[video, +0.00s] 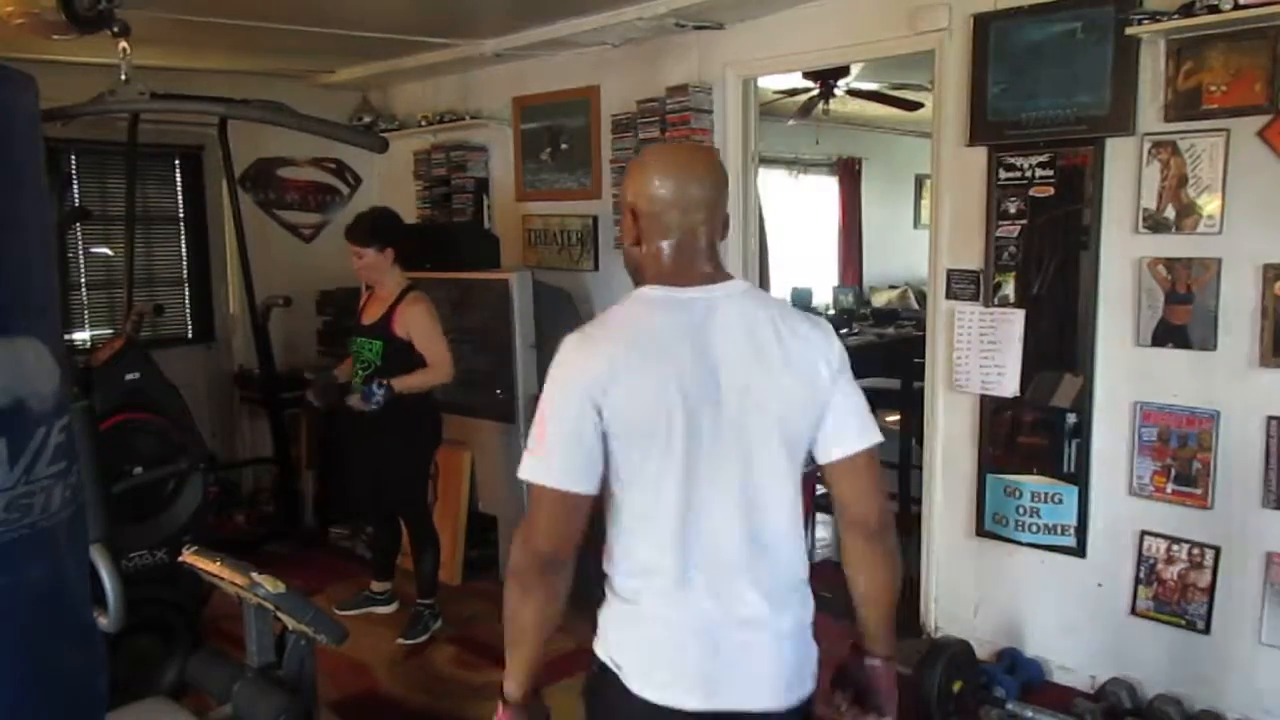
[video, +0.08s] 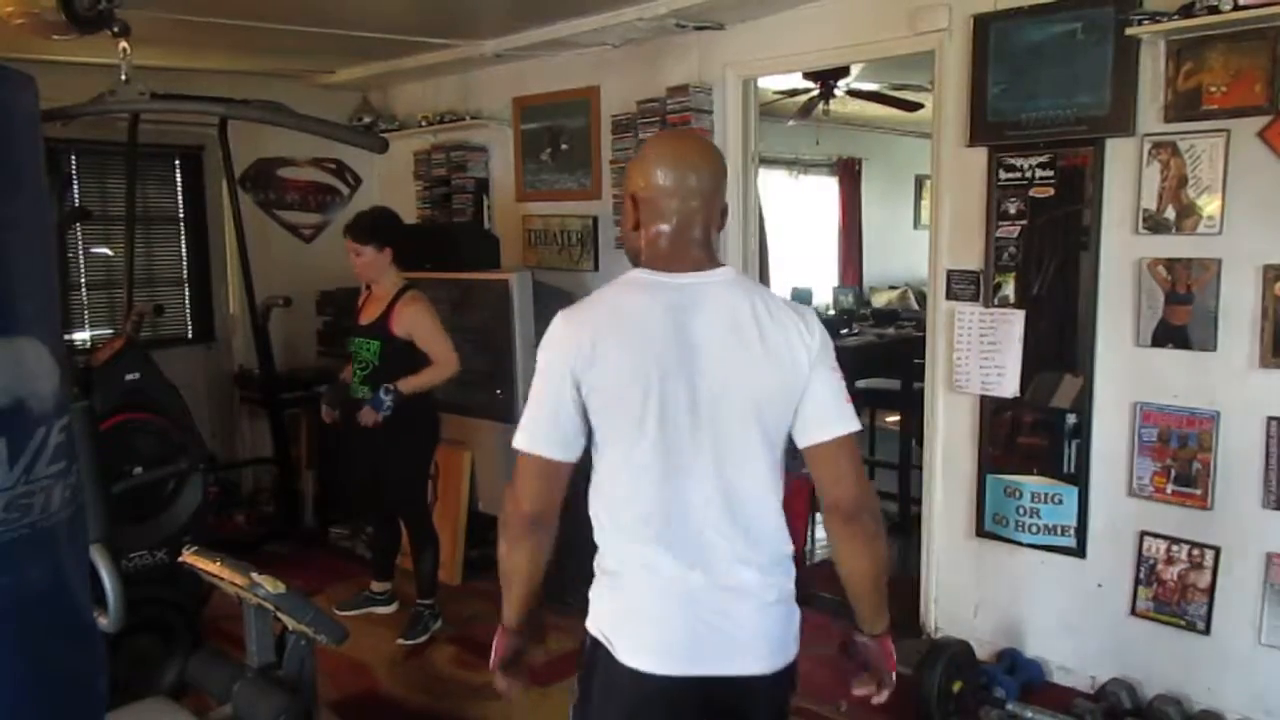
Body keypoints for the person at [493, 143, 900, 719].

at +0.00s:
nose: (621, 234)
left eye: (622, 218)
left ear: (630, 227)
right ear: (723, 225)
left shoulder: (598, 350)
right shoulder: (809, 341)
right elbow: (868, 518)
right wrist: (879, 656)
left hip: (646, 682)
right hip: (776, 681)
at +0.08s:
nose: (620, 220)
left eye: (621, 205)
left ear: (629, 213)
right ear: (720, 218)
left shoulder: (583, 329)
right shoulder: (792, 329)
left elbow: (532, 508)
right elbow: (848, 500)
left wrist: (515, 622)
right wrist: (875, 631)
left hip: (636, 655)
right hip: (759, 656)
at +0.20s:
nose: (631, 220)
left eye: (632, 206)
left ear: (637, 214)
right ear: (722, 222)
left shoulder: (576, 316)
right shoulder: (775, 328)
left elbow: (525, 475)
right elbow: (829, 495)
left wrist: (526, 541)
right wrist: (861, 612)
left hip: (629, 629)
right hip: (745, 629)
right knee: (742, 709)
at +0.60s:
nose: (656, 215)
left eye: (661, 206)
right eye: (660, 204)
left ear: (677, 216)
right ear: (729, 219)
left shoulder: (618, 297)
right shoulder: (774, 309)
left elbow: (580, 432)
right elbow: (800, 441)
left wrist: (562, 543)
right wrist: (811, 539)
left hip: (637, 546)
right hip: (732, 548)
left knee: (621, 691)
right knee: (738, 699)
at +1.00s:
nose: (589, 238)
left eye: (591, 231)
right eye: (592, 229)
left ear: (602, 239)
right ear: (658, 233)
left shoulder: (583, 316)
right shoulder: (711, 305)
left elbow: (583, 435)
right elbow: (739, 412)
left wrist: (584, 531)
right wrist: (747, 486)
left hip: (624, 516)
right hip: (700, 515)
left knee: (623, 626)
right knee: (724, 642)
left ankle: (640, 713)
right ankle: (732, 714)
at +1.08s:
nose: (586, 235)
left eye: (587, 228)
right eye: (588, 226)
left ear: (597, 233)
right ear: (652, 227)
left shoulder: (577, 308)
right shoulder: (703, 299)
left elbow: (573, 425)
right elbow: (728, 406)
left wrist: (563, 510)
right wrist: (729, 477)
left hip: (617, 500)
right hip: (693, 493)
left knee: (619, 617)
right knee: (713, 605)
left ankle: (639, 713)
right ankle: (734, 709)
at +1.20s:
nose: (579, 218)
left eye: (581, 209)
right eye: (581, 208)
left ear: (596, 211)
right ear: (642, 210)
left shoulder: (576, 286)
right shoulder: (690, 278)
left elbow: (562, 394)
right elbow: (713, 382)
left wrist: (532, 454)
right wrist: (708, 459)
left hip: (614, 476)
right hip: (684, 467)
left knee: (622, 599)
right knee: (691, 568)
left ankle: (641, 711)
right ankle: (725, 685)